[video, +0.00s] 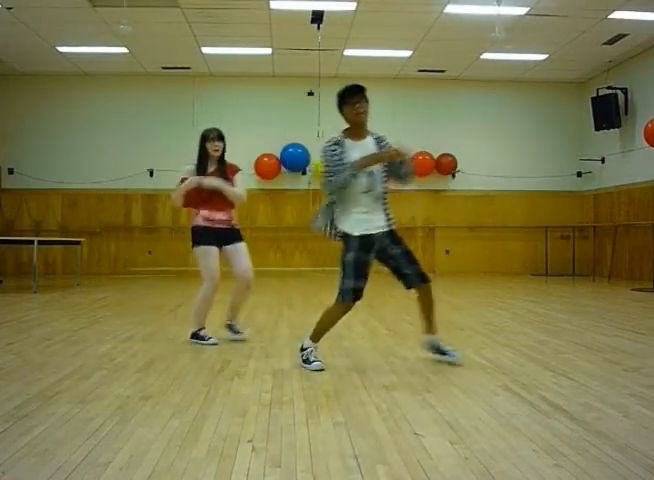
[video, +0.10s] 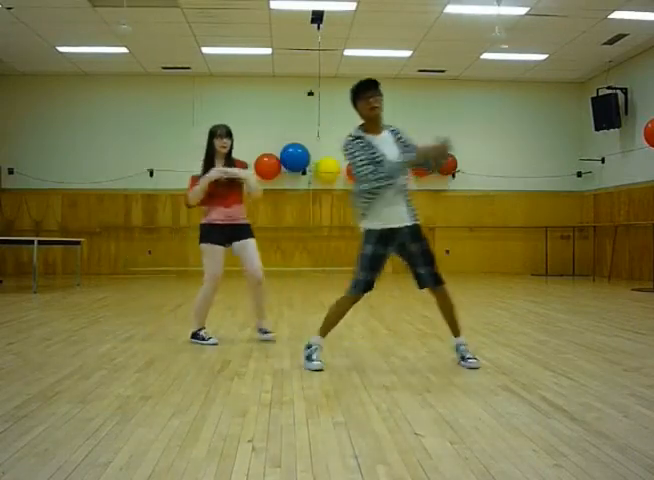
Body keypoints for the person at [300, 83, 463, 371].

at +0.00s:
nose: (360, 108)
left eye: (363, 103)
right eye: (353, 105)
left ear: (369, 107)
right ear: (342, 111)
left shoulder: (379, 141)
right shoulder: (334, 147)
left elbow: (403, 177)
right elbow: (332, 184)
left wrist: (401, 162)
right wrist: (364, 164)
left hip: (382, 228)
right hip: (354, 231)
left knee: (422, 283)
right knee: (348, 298)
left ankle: (431, 340)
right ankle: (309, 345)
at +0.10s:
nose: (374, 103)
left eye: (377, 98)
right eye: (367, 100)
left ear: (383, 101)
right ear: (356, 107)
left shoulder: (394, 134)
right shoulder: (354, 142)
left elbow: (415, 158)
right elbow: (371, 176)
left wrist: (436, 156)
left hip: (406, 223)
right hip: (377, 227)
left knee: (436, 283)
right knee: (359, 290)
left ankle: (460, 344)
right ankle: (316, 343)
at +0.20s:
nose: (390, 105)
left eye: (393, 99)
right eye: (383, 102)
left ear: (399, 102)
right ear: (374, 109)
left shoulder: (414, 134)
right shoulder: (374, 146)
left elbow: (441, 156)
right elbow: (405, 173)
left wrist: (466, 160)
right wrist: (457, 167)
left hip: (430, 222)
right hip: (402, 226)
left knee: (451, 286)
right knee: (383, 291)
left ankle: (463, 347)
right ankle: (341, 336)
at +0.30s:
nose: (406, 104)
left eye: (408, 98)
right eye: (398, 101)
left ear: (415, 101)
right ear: (389, 108)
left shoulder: (431, 134)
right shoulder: (390, 144)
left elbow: (455, 164)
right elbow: (422, 175)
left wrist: (486, 177)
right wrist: (473, 190)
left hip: (445, 218)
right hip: (418, 222)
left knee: (460, 288)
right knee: (416, 294)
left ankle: (463, 348)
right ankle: (378, 330)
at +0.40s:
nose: (419, 103)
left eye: (422, 97)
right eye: (412, 100)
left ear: (428, 101)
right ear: (401, 108)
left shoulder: (442, 132)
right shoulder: (398, 142)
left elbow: (458, 167)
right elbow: (421, 181)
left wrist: (477, 197)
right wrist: (457, 213)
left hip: (455, 216)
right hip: (426, 221)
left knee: (464, 288)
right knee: (440, 292)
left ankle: (463, 347)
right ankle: (421, 335)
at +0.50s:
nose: (428, 103)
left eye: (431, 98)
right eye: (421, 100)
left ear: (438, 102)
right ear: (410, 107)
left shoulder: (454, 134)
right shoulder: (402, 144)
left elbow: (464, 178)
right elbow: (406, 191)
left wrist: (459, 217)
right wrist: (421, 231)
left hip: (458, 222)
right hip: (429, 227)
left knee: (467, 289)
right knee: (445, 291)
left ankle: (463, 346)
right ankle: (443, 339)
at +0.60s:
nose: (431, 101)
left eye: (435, 97)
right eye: (425, 98)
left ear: (442, 102)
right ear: (415, 105)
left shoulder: (457, 130)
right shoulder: (406, 142)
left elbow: (468, 169)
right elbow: (390, 185)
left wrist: (462, 208)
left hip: (460, 219)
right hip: (428, 224)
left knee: (465, 288)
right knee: (433, 290)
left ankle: (464, 345)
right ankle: (446, 331)